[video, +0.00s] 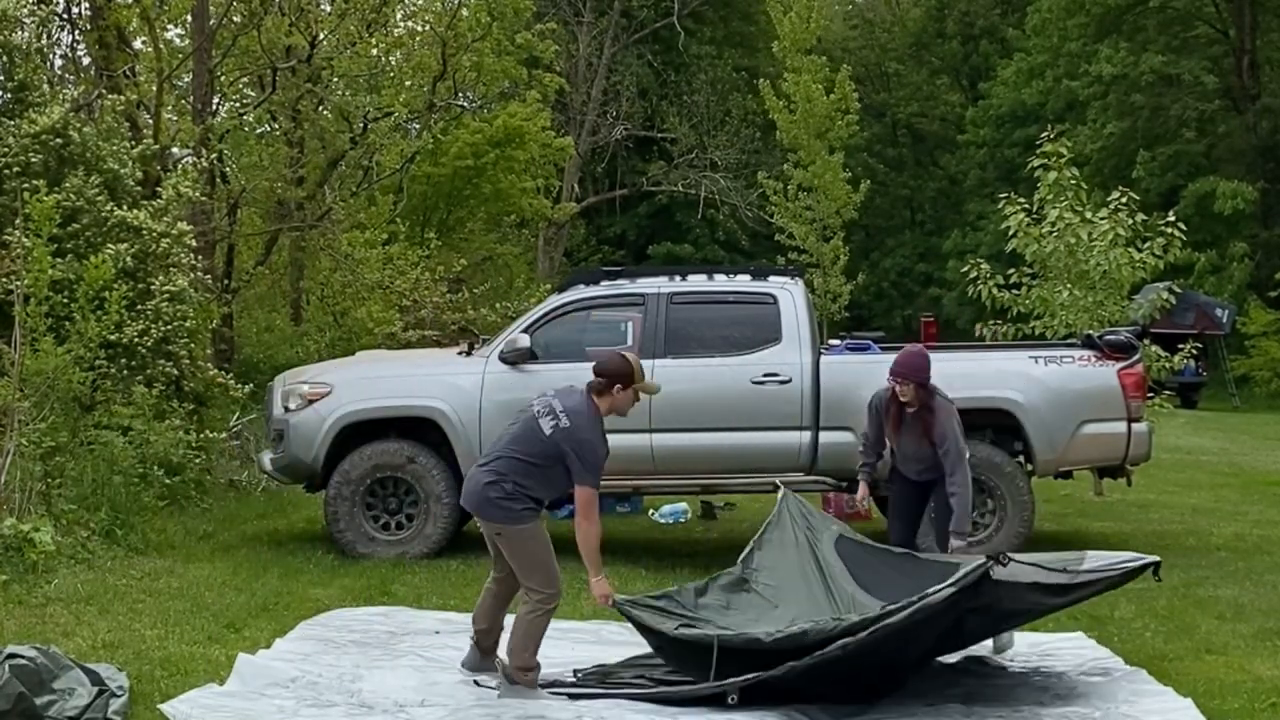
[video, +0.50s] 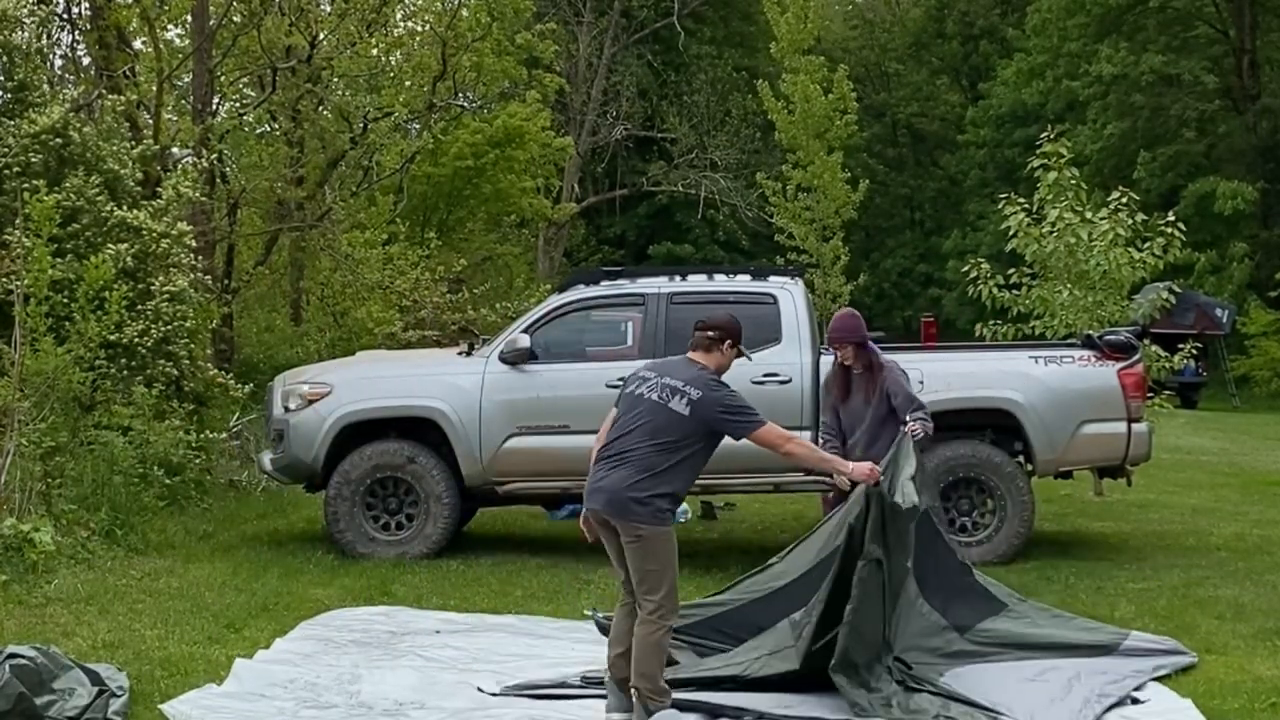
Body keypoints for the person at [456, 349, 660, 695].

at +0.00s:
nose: (636, 400)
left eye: (638, 393)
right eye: (635, 393)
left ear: (603, 384)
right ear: (616, 390)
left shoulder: (567, 396)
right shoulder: (588, 438)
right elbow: (586, 517)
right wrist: (597, 577)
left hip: (483, 487)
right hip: (509, 501)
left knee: (507, 575)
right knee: (544, 591)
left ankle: (480, 655)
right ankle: (519, 680)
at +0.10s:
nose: (607, 336)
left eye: (606, 330)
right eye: (605, 330)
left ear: (568, 332)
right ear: (591, 335)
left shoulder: (536, 361)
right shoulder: (586, 391)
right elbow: (599, 468)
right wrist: (642, 507)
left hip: (494, 485)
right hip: (533, 498)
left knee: (509, 572)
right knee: (538, 590)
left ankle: (464, 647)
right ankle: (518, 680)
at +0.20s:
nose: (592, 339)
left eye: (592, 332)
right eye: (591, 331)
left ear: (550, 331)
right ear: (578, 331)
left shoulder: (521, 369)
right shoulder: (579, 379)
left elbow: (518, 442)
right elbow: (645, 432)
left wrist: (558, 483)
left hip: (494, 493)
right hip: (536, 500)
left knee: (507, 589)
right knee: (573, 581)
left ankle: (481, 681)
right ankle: (529, 670)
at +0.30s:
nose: (628, 345)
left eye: (628, 337)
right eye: (626, 337)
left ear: (587, 334)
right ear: (613, 336)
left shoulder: (544, 370)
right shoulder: (611, 383)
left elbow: (511, 442)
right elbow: (684, 430)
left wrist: (521, 485)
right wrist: (744, 459)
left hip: (513, 492)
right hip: (562, 498)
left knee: (508, 590)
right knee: (617, 579)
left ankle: (480, 686)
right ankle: (626, 684)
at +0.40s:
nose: (687, 360)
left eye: (688, 352)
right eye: (687, 352)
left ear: (646, 343)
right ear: (676, 348)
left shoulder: (600, 377)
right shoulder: (673, 394)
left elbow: (559, 440)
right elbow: (742, 439)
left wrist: (531, 496)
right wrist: (806, 462)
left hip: (564, 498)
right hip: (613, 504)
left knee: (560, 591)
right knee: (647, 603)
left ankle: (510, 673)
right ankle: (648, 703)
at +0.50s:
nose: (733, 362)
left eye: (735, 355)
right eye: (734, 354)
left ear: (693, 343)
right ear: (725, 348)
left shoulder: (645, 372)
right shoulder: (714, 393)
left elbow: (601, 440)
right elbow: (785, 444)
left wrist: (590, 502)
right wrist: (846, 467)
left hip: (599, 496)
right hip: (642, 504)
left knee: (632, 596)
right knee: (657, 606)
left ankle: (619, 694)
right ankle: (651, 706)